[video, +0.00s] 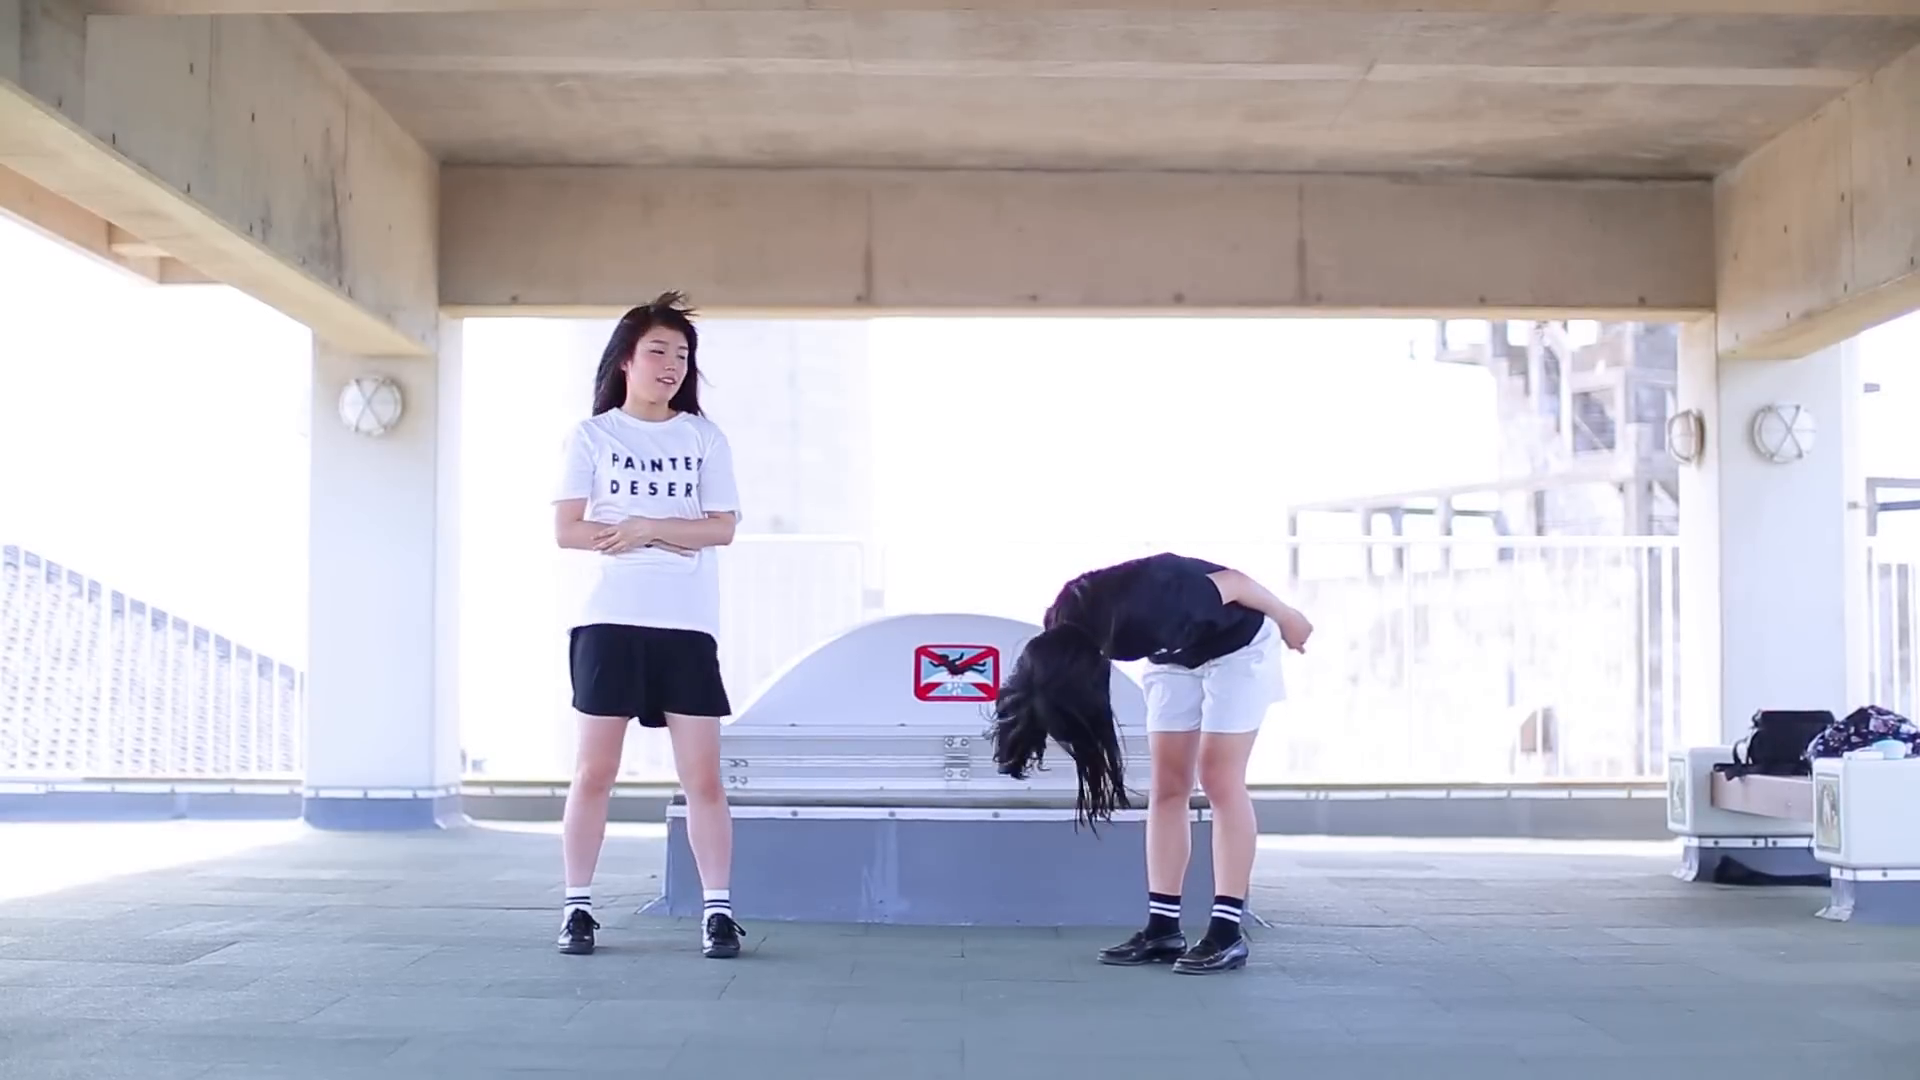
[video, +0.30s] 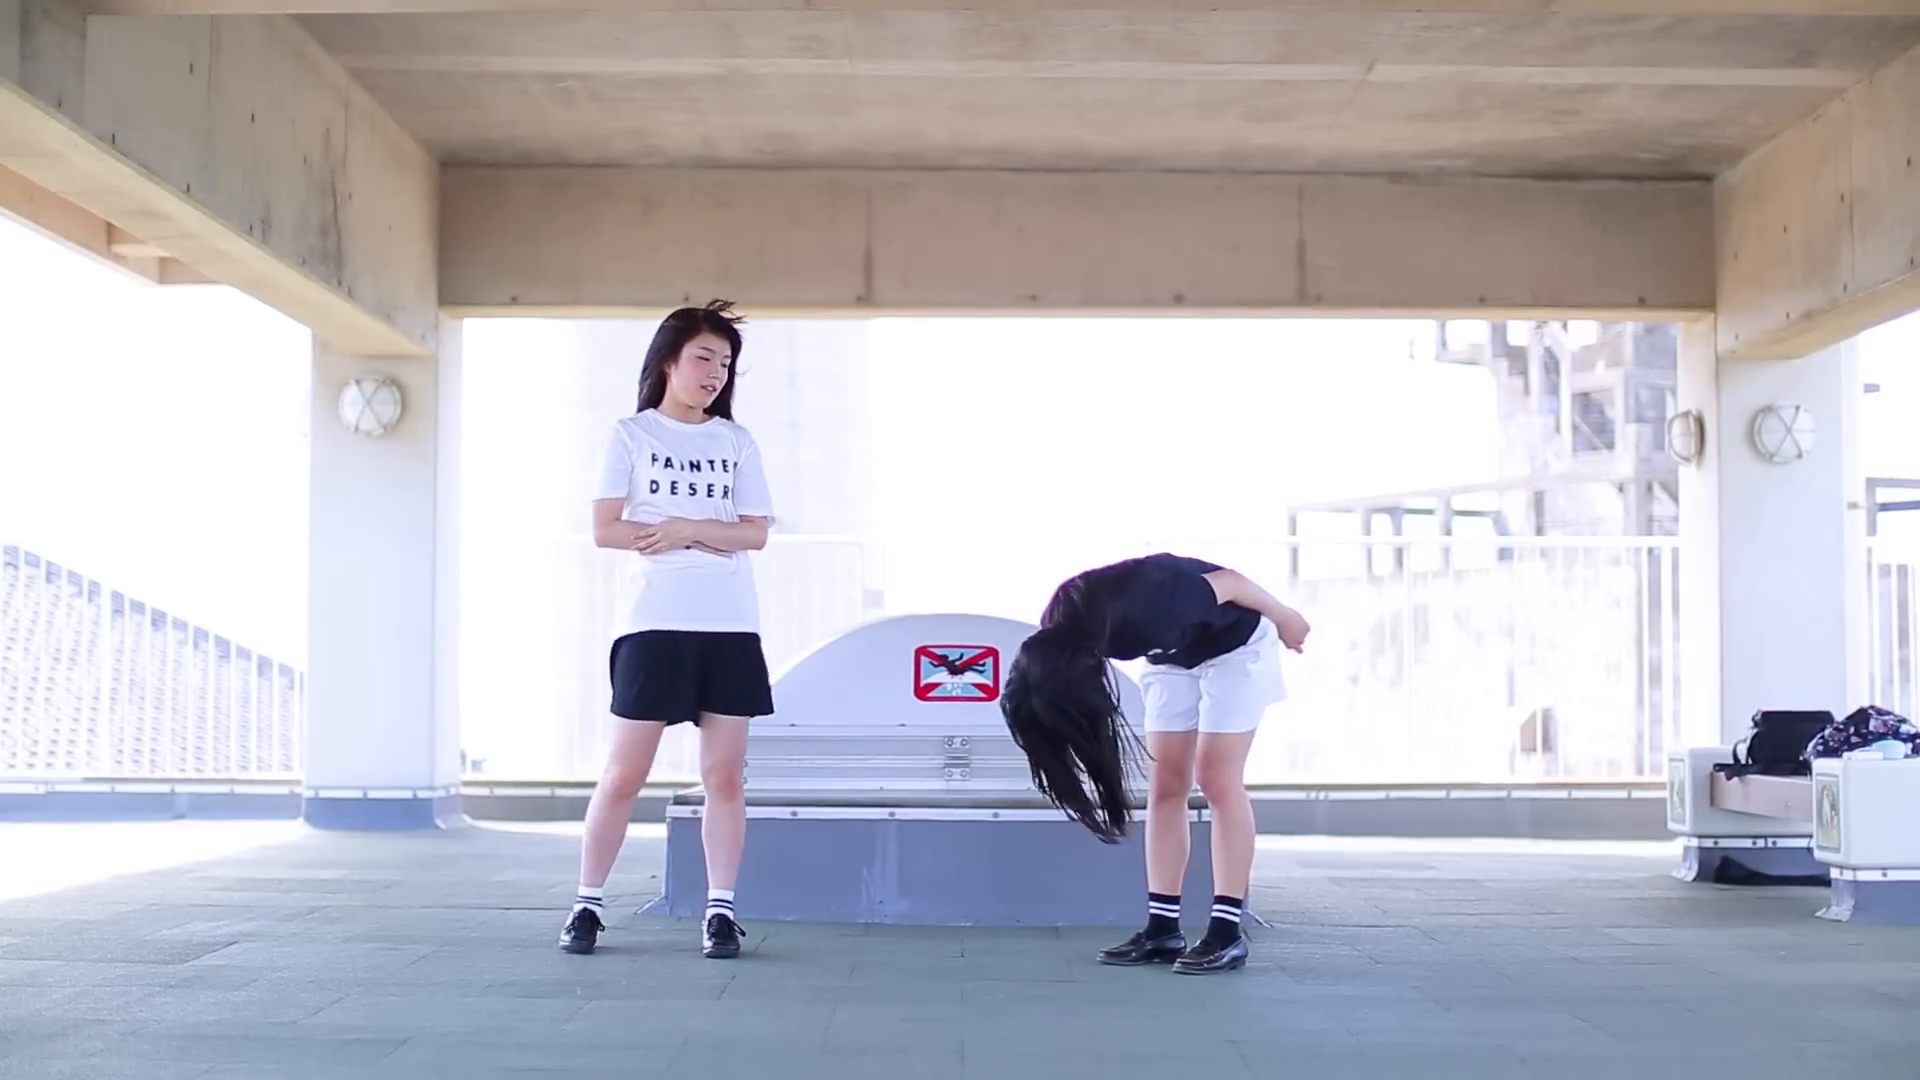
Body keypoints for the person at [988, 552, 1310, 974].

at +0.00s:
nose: (1075, 731)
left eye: (1075, 720)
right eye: (1063, 725)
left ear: (1089, 674)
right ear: (1038, 669)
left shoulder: (1157, 611)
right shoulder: (1062, 621)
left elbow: (1236, 583)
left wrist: (1287, 617)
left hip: (1238, 646)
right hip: (1169, 655)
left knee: (1222, 781)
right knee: (1167, 787)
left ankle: (1226, 934)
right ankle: (1162, 929)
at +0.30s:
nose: (1080, 729)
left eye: (1076, 720)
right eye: (1063, 728)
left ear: (1081, 676)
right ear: (1039, 666)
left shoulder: (1153, 612)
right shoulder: (1056, 627)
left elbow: (1233, 583)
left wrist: (1283, 616)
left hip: (1235, 644)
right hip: (1167, 654)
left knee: (1219, 780)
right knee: (1165, 786)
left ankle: (1226, 934)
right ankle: (1162, 929)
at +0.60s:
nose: (1084, 716)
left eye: (1079, 709)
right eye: (1069, 718)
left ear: (1080, 664)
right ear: (1040, 662)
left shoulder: (1152, 608)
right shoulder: (1054, 623)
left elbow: (1231, 581)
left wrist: (1282, 615)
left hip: (1235, 646)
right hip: (1166, 655)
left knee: (1221, 782)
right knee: (1165, 788)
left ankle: (1226, 934)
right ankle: (1162, 929)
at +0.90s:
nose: (1071, 729)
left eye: (1069, 719)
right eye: (1057, 728)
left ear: (1081, 668)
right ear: (1036, 662)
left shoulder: (1152, 609)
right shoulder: (1056, 621)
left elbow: (1231, 582)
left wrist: (1282, 617)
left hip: (1235, 644)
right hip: (1166, 654)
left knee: (1221, 780)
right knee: (1165, 786)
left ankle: (1226, 934)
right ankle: (1162, 929)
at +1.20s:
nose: (1069, 724)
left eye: (1065, 713)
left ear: (1081, 669)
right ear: (1026, 665)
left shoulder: (1152, 615)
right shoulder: (1058, 610)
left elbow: (1222, 564)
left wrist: (1250, 548)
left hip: (1234, 641)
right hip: (1164, 653)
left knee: (1221, 780)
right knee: (1166, 786)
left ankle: (1226, 932)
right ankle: (1162, 929)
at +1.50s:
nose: (1087, 670)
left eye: (1083, 665)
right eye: (1071, 675)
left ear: (1091, 630)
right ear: (1037, 631)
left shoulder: (1162, 587)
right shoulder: (1064, 586)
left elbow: (1237, 548)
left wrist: (1205, 553)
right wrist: (1190, 550)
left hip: (1233, 639)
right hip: (1164, 644)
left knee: (1213, 781)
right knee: (1160, 785)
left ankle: (1225, 933)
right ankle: (1162, 929)